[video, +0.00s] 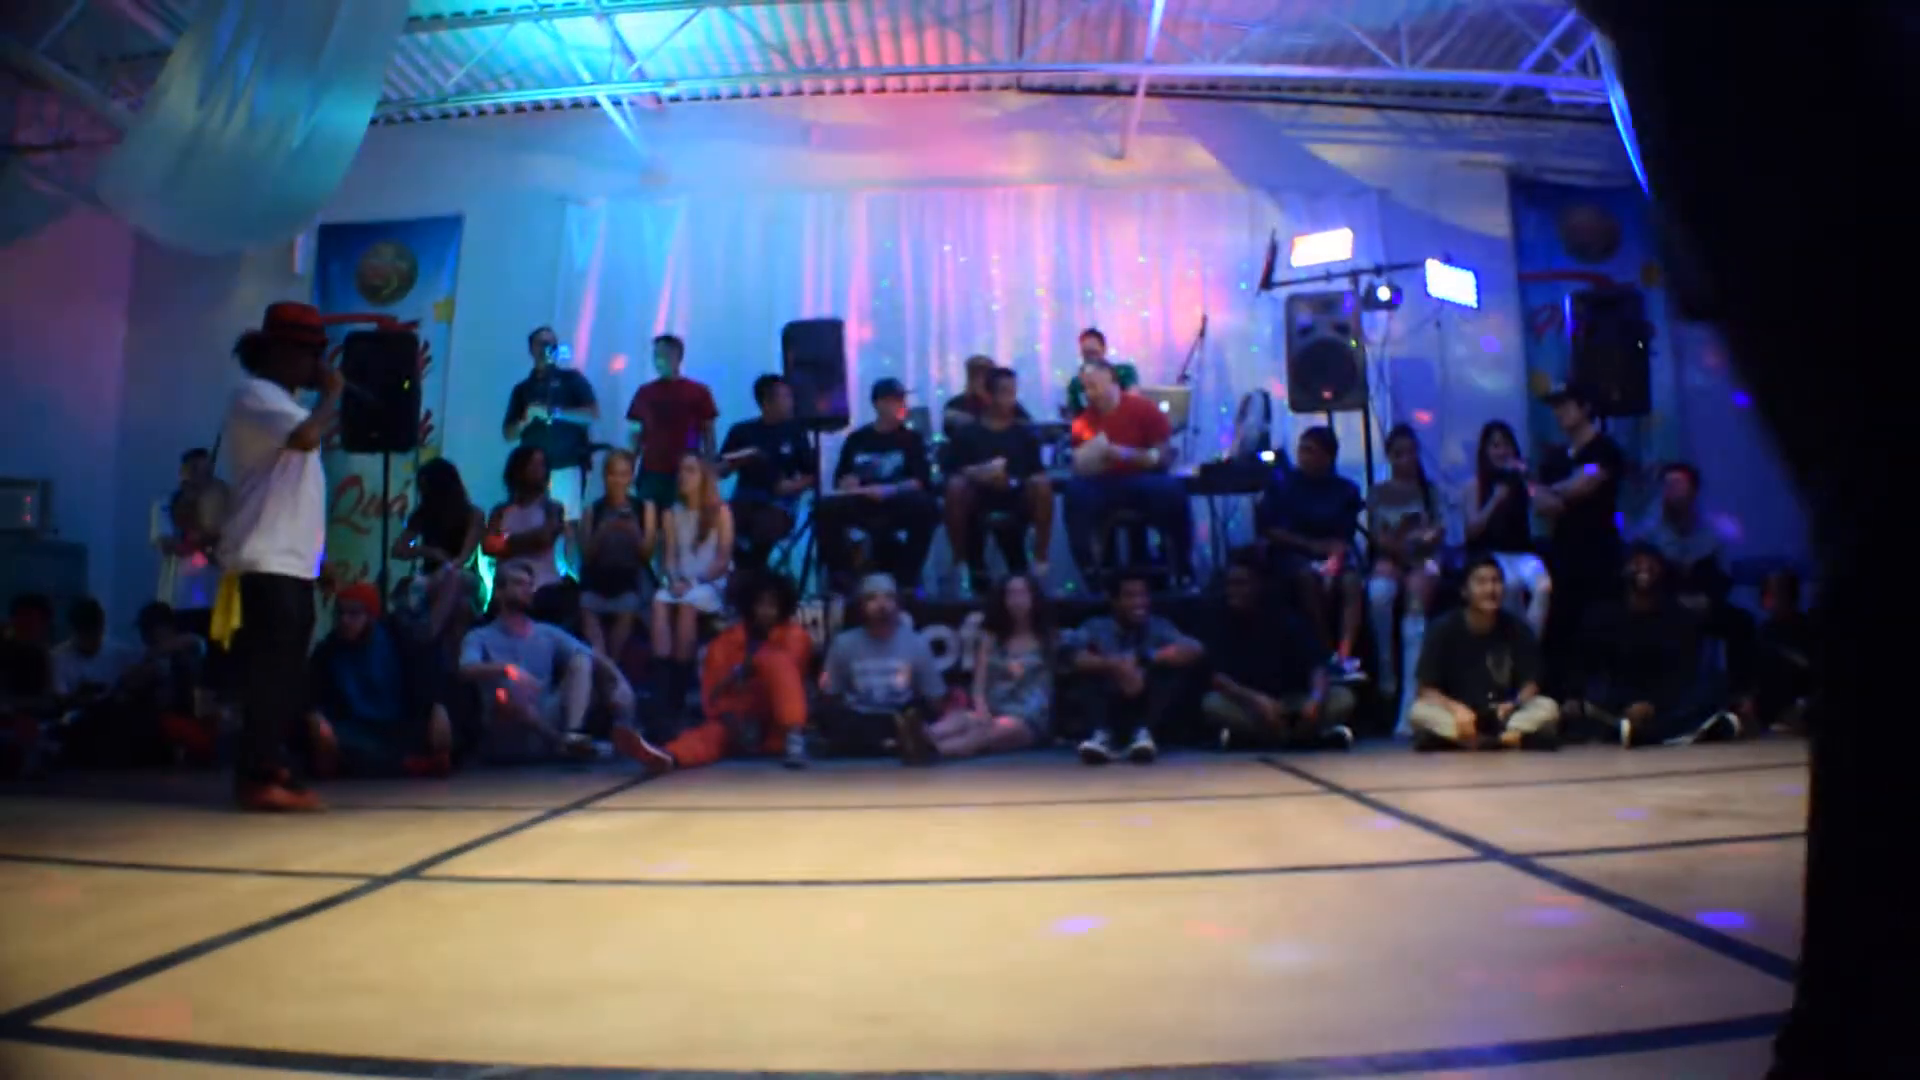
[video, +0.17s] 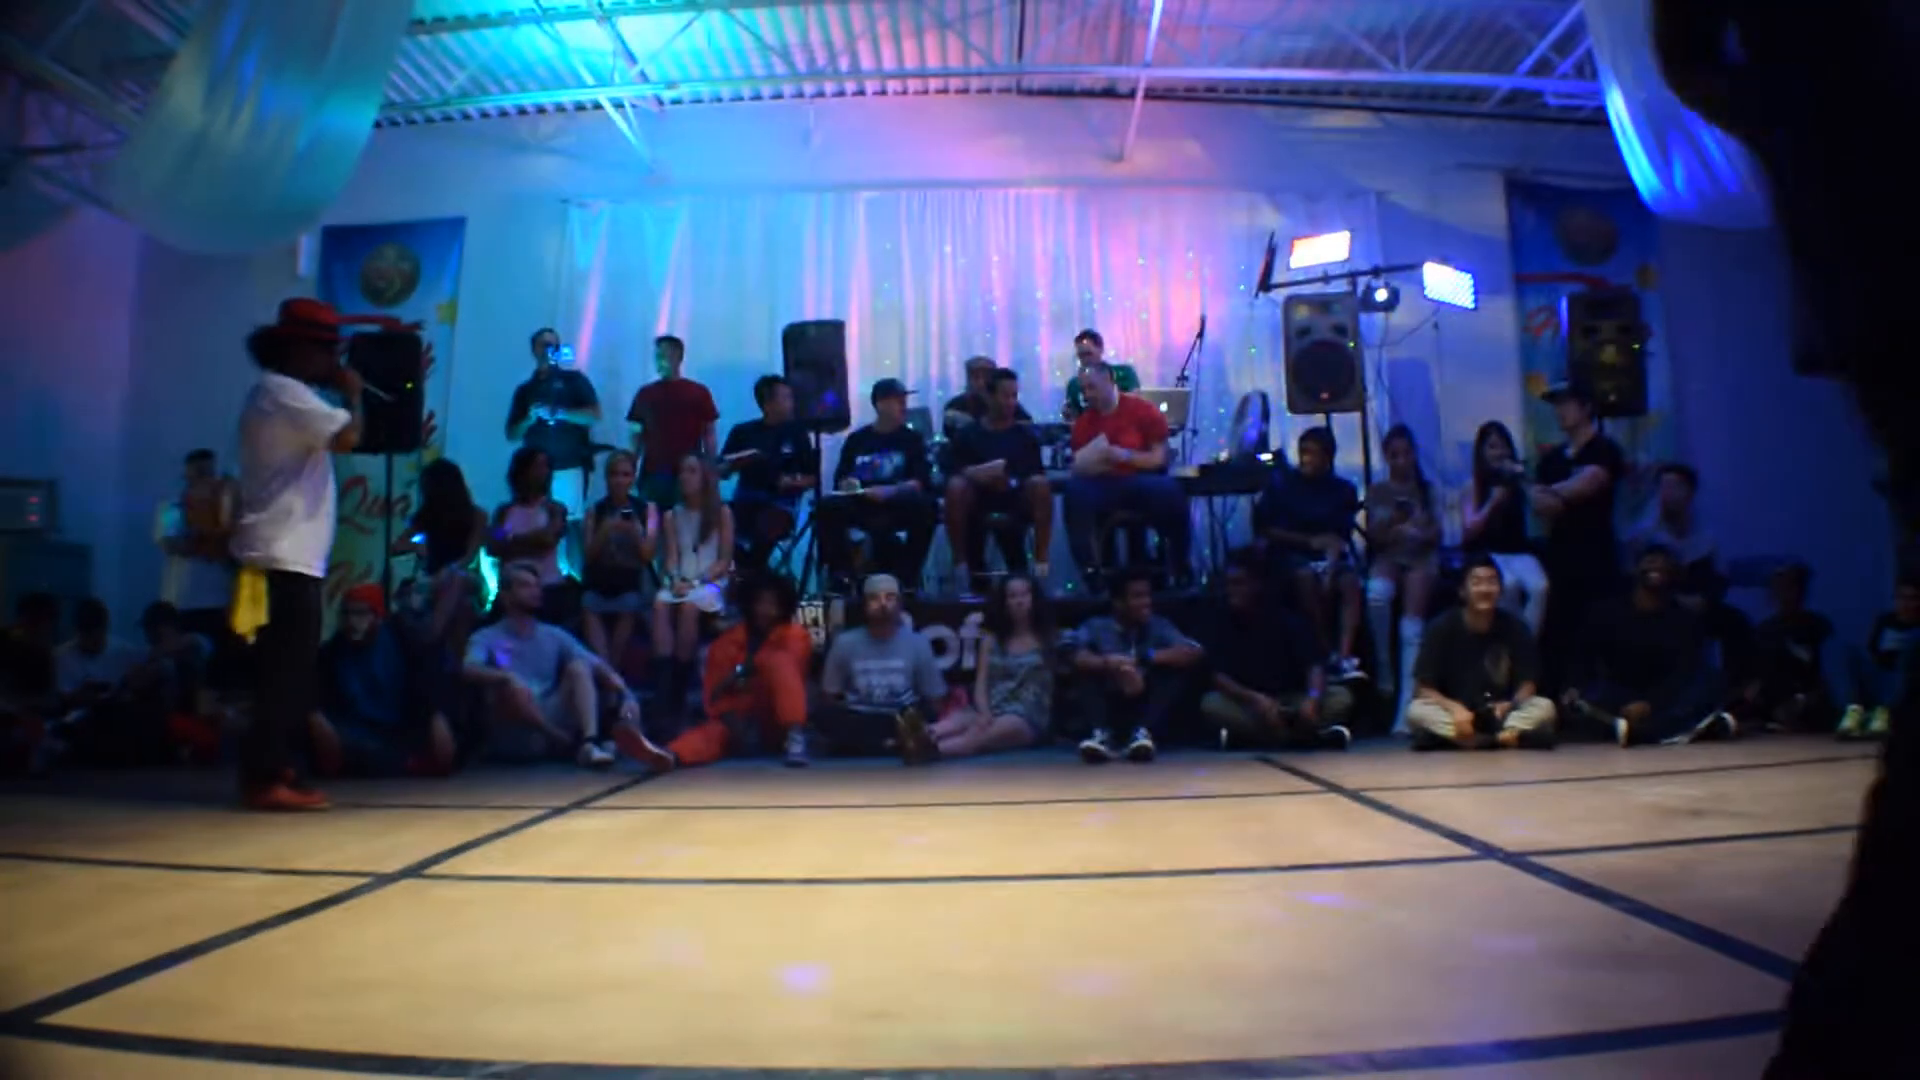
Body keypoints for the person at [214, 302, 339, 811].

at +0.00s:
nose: (316, 365)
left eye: (317, 357)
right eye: (309, 355)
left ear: (289, 358)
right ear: (281, 354)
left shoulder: (285, 404)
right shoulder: (254, 398)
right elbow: (306, 436)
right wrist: (333, 393)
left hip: (291, 563)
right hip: (266, 563)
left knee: (282, 673)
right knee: (271, 673)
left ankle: (271, 770)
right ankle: (260, 775)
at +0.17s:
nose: (333, 359)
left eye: (332, 350)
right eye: (325, 350)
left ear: (290, 351)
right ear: (301, 351)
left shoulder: (274, 392)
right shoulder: (285, 395)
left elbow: (344, 434)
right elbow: (348, 437)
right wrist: (354, 392)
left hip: (282, 556)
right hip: (286, 558)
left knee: (285, 672)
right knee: (287, 673)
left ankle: (276, 774)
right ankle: (270, 778)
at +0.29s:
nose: (345, 360)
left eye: (344, 351)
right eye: (339, 351)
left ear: (298, 351)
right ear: (318, 352)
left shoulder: (279, 394)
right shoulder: (308, 397)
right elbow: (370, 442)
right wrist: (363, 397)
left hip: (271, 551)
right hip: (294, 556)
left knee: (282, 670)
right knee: (293, 671)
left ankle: (273, 775)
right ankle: (278, 778)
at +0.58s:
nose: (345, 360)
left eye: (344, 351)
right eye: (341, 350)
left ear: (287, 347)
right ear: (326, 351)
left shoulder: (243, 402)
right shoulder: (329, 396)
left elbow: (222, 475)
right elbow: (377, 444)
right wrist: (351, 398)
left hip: (246, 556)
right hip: (297, 560)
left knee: (261, 668)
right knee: (295, 671)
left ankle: (268, 776)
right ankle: (277, 780)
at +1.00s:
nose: (311, 365)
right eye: (311, 359)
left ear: (263, 357)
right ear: (308, 361)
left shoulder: (223, 406)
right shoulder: (323, 408)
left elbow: (196, 482)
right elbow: (350, 458)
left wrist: (202, 535)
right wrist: (320, 416)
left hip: (234, 563)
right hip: (297, 568)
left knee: (244, 669)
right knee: (296, 673)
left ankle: (255, 775)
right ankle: (277, 776)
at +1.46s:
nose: (240, 368)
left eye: (239, 362)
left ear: (236, 365)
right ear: (286, 367)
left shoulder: (214, 412)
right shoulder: (313, 417)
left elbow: (182, 493)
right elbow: (325, 485)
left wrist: (173, 562)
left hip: (228, 564)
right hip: (289, 566)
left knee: (235, 670)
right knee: (287, 667)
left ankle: (256, 773)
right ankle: (293, 769)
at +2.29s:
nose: (219, 386)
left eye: (222, 378)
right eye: (219, 379)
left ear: (235, 378)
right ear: (270, 379)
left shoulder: (234, 416)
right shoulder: (292, 429)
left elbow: (205, 483)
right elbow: (297, 498)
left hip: (232, 561)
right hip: (278, 562)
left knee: (211, 660)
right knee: (272, 668)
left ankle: (214, 764)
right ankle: (272, 765)